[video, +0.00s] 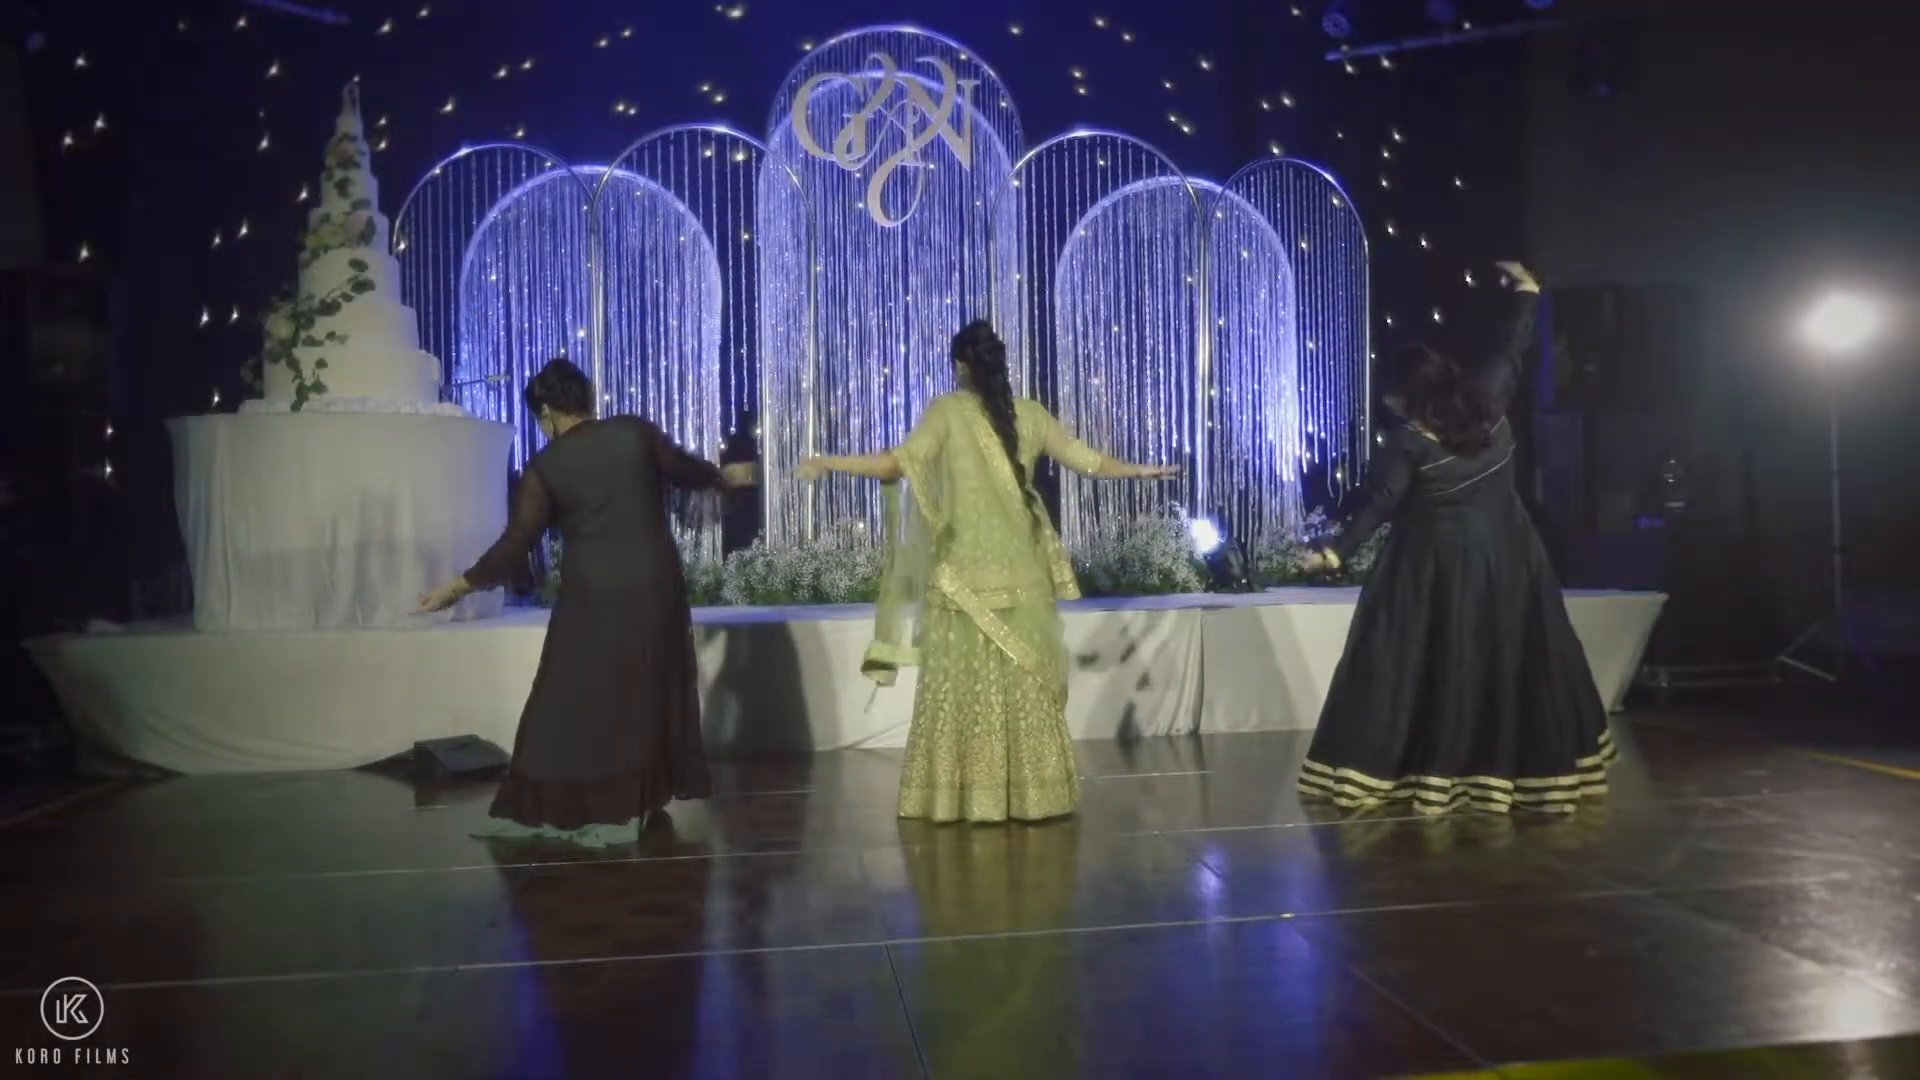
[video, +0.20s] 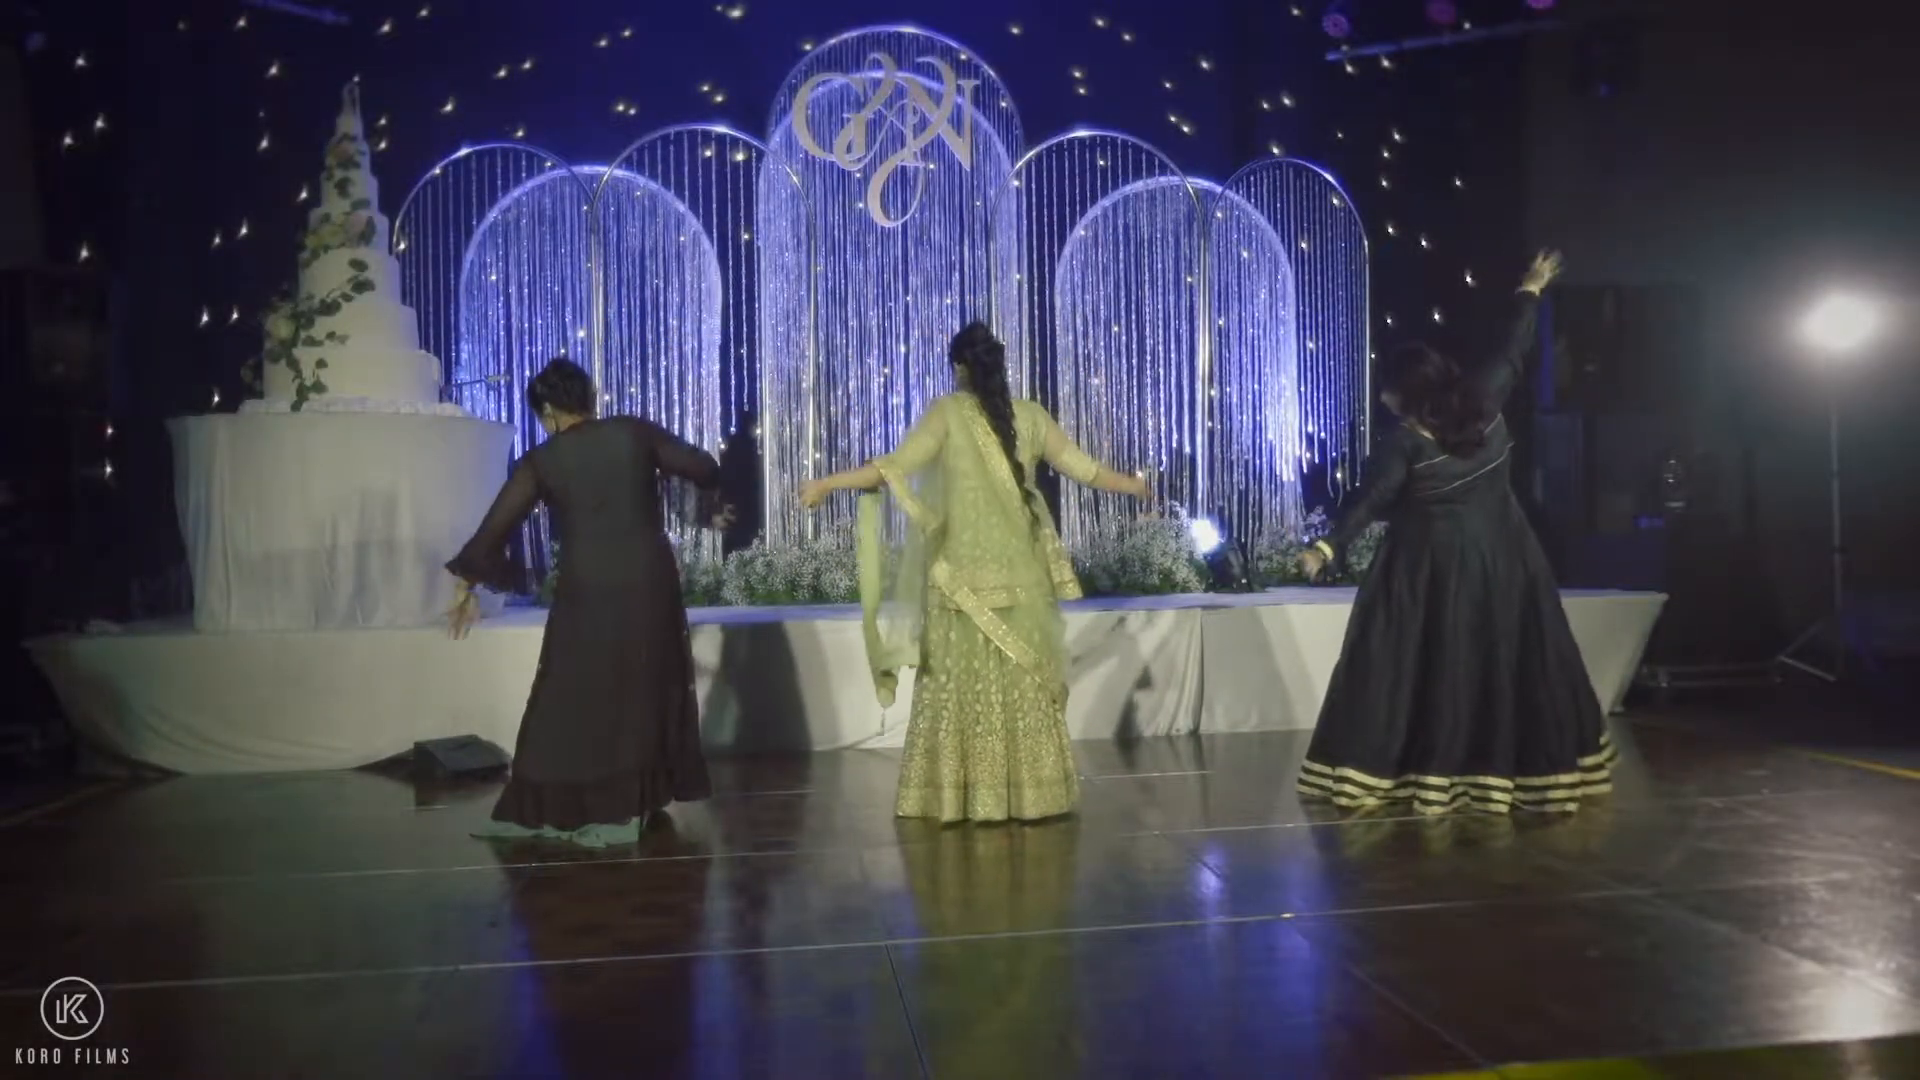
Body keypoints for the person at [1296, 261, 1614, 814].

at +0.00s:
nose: (1389, 409)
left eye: (1390, 401)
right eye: (1387, 400)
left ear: (1407, 397)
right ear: (1446, 380)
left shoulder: (1406, 444)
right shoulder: (1488, 402)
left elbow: (1382, 502)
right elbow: (1514, 348)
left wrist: (1337, 550)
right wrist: (1529, 292)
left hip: (1437, 556)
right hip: (1504, 547)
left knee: (1430, 664)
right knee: (1505, 660)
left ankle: (1431, 781)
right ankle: (1508, 778)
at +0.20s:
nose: (1386, 401)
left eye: (1388, 392)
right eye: (1386, 392)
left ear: (1405, 393)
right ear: (1443, 376)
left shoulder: (1403, 441)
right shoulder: (1486, 400)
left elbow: (1373, 496)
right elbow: (1514, 348)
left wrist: (1328, 544)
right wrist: (1531, 291)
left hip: (1431, 555)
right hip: (1499, 546)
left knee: (1425, 664)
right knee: (1501, 661)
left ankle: (1426, 782)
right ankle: (1501, 780)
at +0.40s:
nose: (1380, 398)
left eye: (1382, 389)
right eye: (1382, 389)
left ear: (1395, 389)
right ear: (1442, 370)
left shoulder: (1398, 433)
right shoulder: (1482, 403)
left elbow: (1367, 494)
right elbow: (1525, 359)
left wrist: (1311, 536)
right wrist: (1532, 313)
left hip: (1424, 555)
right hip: (1491, 549)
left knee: (1422, 664)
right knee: (1493, 660)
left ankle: (1425, 783)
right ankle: (1500, 779)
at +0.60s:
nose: (1365, 398)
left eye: (1366, 388)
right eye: (1364, 388)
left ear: (1382, 386)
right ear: (1420, 374)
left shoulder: (1383, 430)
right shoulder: (1463, 411)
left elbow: (1357, 491)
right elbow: (1517, 412)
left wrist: (1324, 545)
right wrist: (1578, 409)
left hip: (1407, 555)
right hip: (1470, 547)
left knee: (1409, 663)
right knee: (1477, 659)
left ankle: (1414, 778)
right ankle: (1485, 777)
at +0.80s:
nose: (1336, 397)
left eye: (1339, 388)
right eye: (1335, 388)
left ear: (1362, 386)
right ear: (1386, 383)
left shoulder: (1369, 424)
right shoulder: (1424, 420)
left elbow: (1352, 468)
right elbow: (1458, 428)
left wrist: (1331, 497)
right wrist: (1496, 422)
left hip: (1386, 549)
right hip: (1438, 545)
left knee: (1379, 660)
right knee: (1445, 658)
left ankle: (1376, 774)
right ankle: (1453, 772)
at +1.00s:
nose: (1294, 398)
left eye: (1298, 387)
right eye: (1292, 388)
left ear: (1319, 386)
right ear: (1331, 385)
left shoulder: (1332, 428)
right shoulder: (1353, 426)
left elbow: (1327, 487)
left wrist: (1317, 499)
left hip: (1340, 566)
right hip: (1366, 560)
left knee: (1335, 669)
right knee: (1364, 667)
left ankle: (1346, 772)